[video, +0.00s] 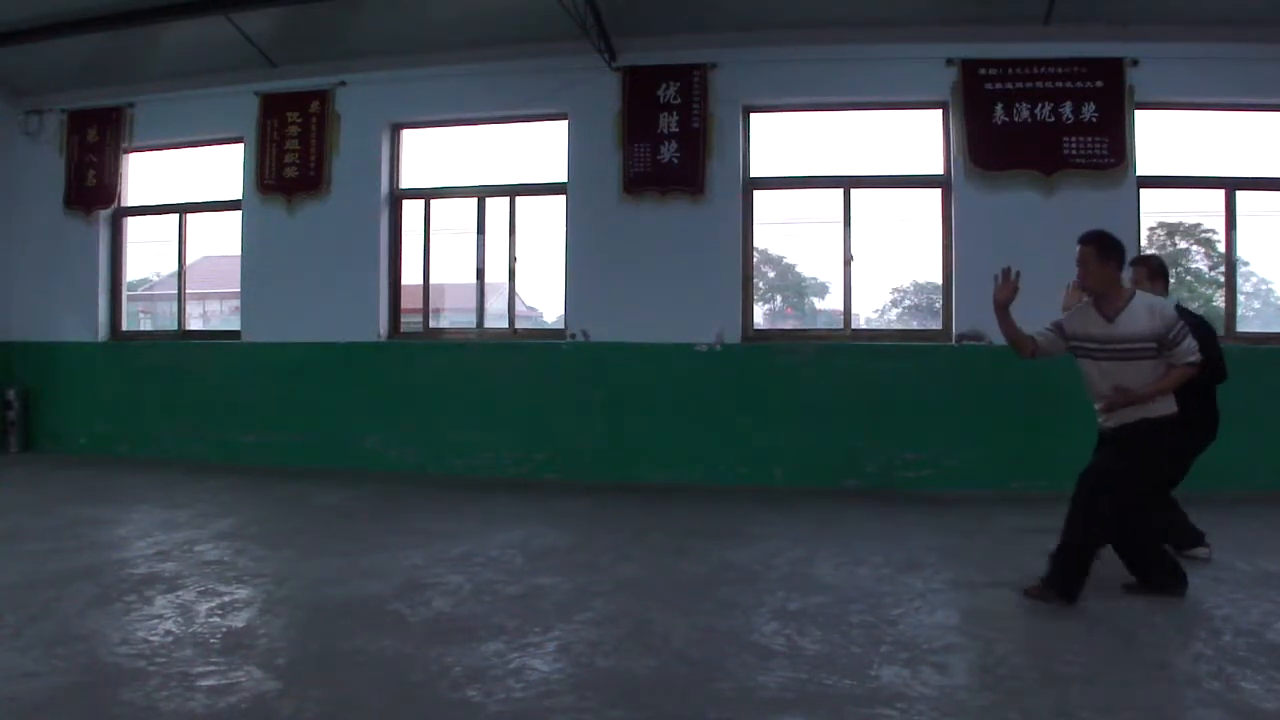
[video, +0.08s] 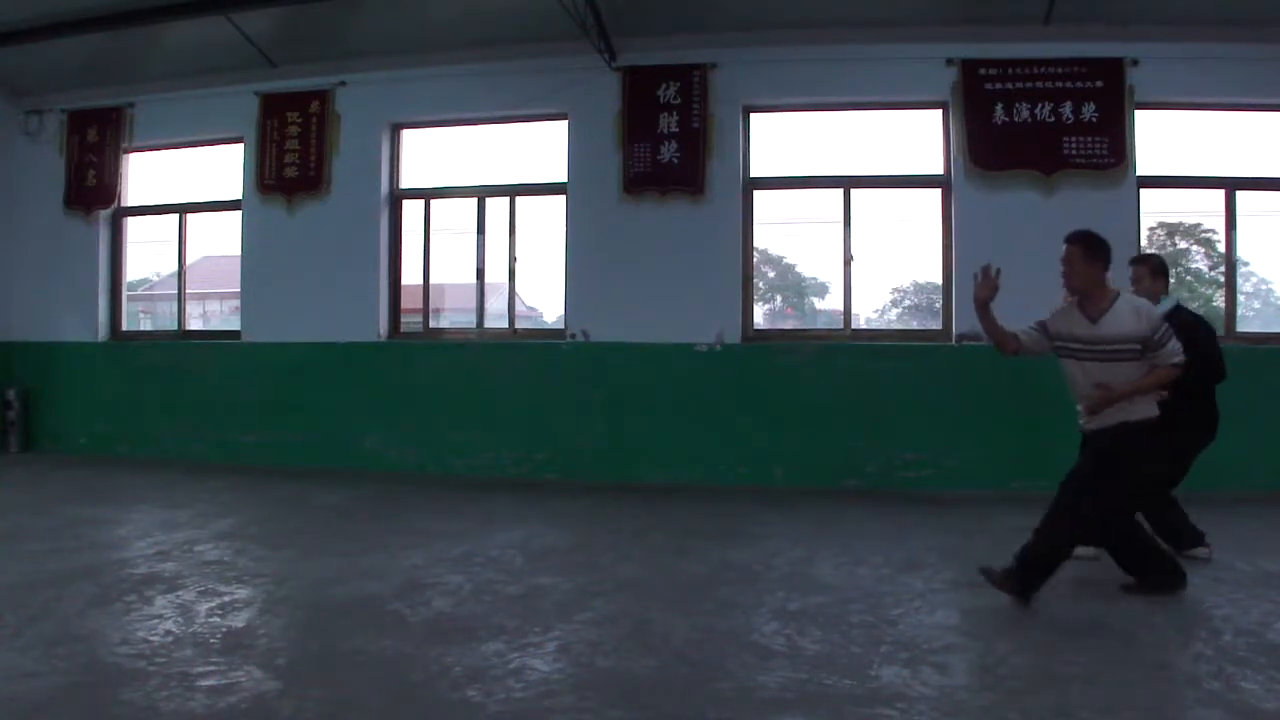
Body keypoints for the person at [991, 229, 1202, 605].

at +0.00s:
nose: (1077, 271)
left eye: (1084, 264)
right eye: (1077, 263)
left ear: (1111, 266)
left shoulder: (1158, 312)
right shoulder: (1075, 320)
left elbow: (1190, 364)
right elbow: (1029, 348)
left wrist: (1140, 395)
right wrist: (1002, 311)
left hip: (1158, 426)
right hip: (1113, 430)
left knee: (1093, 491)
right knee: (1118, 504)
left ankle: (1062, 585)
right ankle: (1162, 578)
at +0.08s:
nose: (1062, 270)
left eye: (1069, 263)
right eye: (1063, 263)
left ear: (1097, 267)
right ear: (1079, 269)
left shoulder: (1140, 313)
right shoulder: (1061, 322)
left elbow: (1174, 365)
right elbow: (1010, 345)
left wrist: (1119, 393)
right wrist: (983, 308)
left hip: (1139, 430)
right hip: (1096, 433)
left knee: (1073, 502)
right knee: (1103, 514)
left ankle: (1024, 579)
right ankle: (1161, 574)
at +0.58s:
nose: (915, 217)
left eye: (923, 210)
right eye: (917, 209)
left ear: (945, 217)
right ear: (946, 218)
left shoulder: (952, 264)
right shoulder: (959, 263)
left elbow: (885, 292)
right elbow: (953, 332)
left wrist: (852, 258)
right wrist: (914, 316)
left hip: (968, 388)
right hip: (945, 381)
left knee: (952, 483)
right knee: (871, 392)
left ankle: (960, 587)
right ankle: (851, 482)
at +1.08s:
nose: (784, 240)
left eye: (792, 232)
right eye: (787, 232)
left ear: (816, 238)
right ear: (812, 239)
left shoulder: (846, 289)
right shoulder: (796, 296)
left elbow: (793, 332)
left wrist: (725, 336)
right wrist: (765, 331)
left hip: (829, 427)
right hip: (784, 424)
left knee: (802, 526)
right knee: (729, 504)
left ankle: (843, 606)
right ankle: (669, 581)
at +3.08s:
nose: (696, 268)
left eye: (699, 256)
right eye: (695, 258)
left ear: (726, 252)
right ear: (730, 253)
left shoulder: (745, 300)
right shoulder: (751, 298)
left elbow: (662, 327)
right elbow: (736, 368)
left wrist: (617, 280)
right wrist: (690, 358)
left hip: (779, 438)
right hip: (747, 438)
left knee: (756, 533)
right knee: (700, 523)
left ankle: (812, 604)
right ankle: (655, 600)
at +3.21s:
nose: (684, 264)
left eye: (689, 253)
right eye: (683, 254)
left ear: (719, 252)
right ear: (719, 254)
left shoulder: (732, 302)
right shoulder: (747, 298)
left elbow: (649, 326)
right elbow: (750, 366)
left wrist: (606, 280)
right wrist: (693, 380)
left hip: (769, 440)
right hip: (736, 439)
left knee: (754, 534)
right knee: (686, 510)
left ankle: (812, 604)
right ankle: (655, 599)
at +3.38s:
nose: (651, 264)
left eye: (657, 253)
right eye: (651, 254)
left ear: (686, 254)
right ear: (689, 256)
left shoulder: (695, 308)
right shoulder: (722, 304)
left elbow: (612, 329)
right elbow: (733, 369)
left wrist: (568, 283)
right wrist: (689, 401)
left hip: (732, 445)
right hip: (708, 442)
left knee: (741, 541)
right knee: (650, 517)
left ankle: (809, 601)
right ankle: (593, 594)